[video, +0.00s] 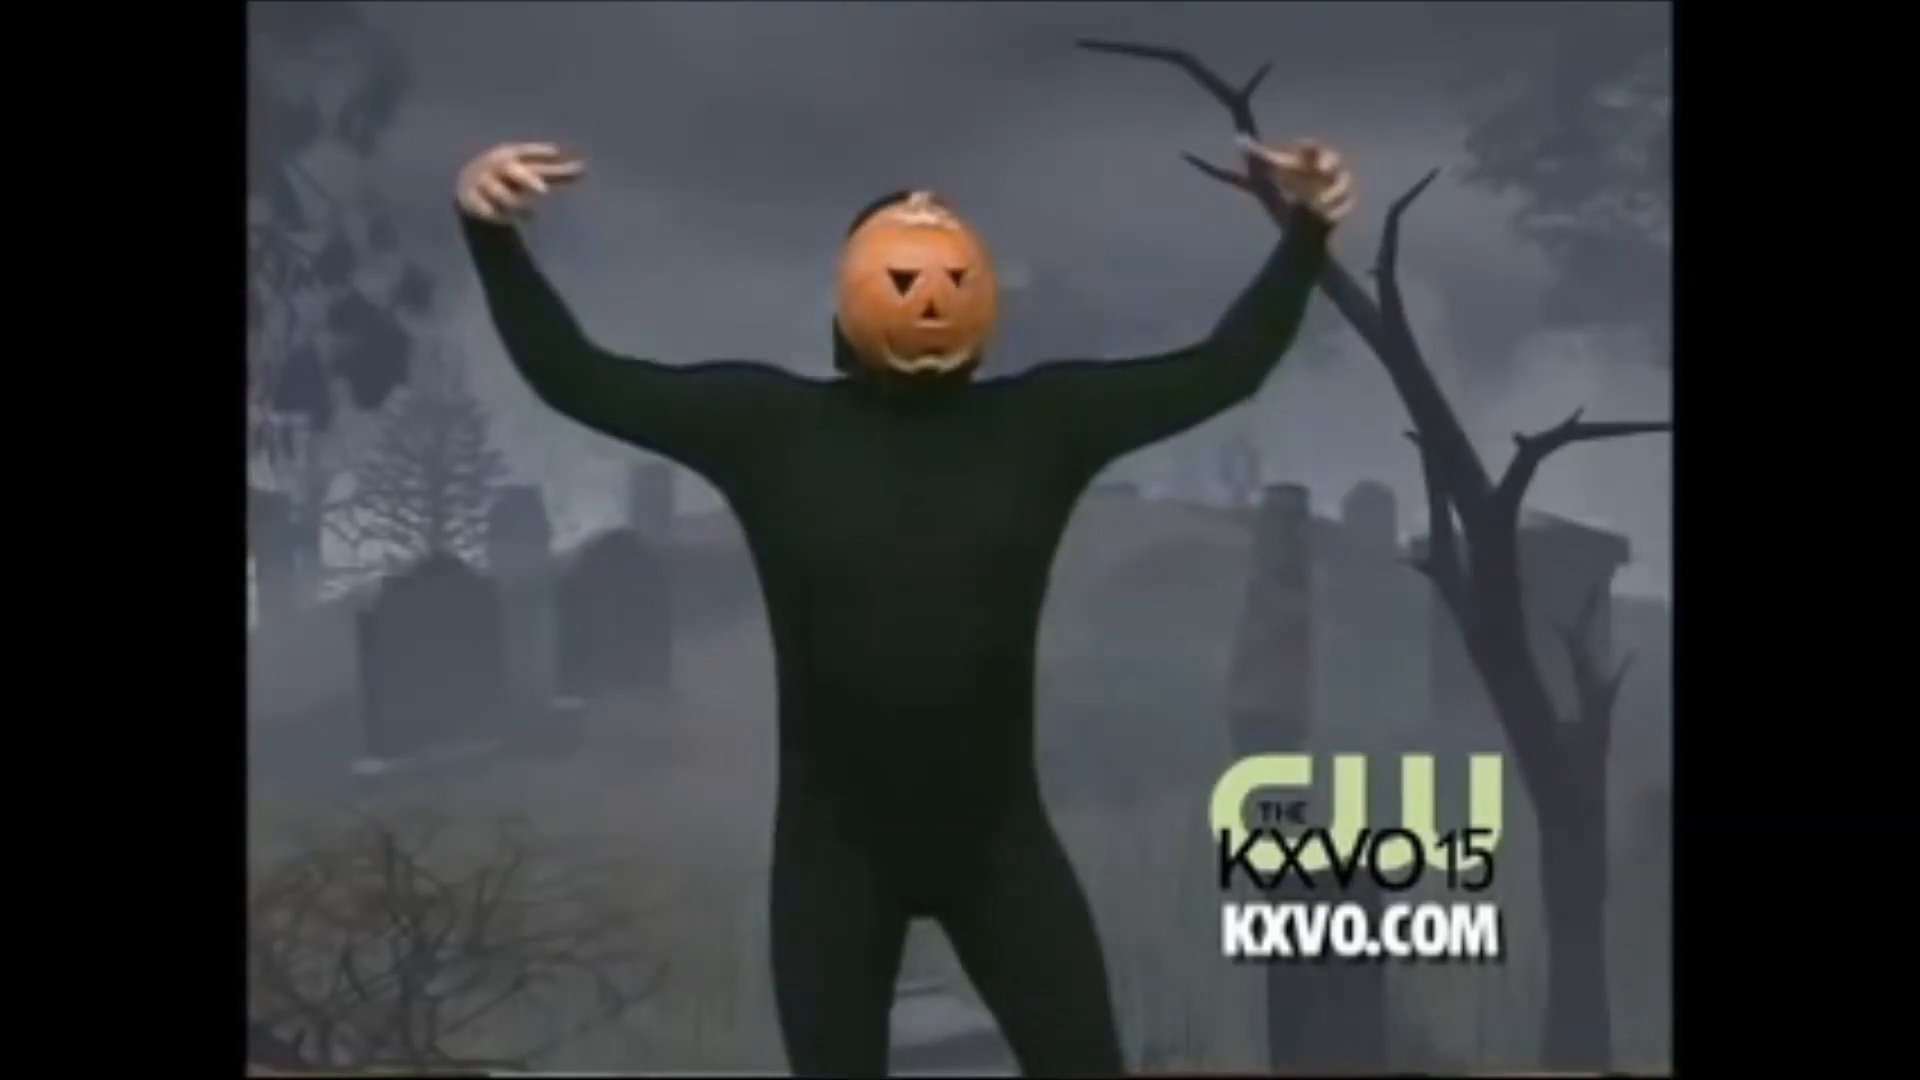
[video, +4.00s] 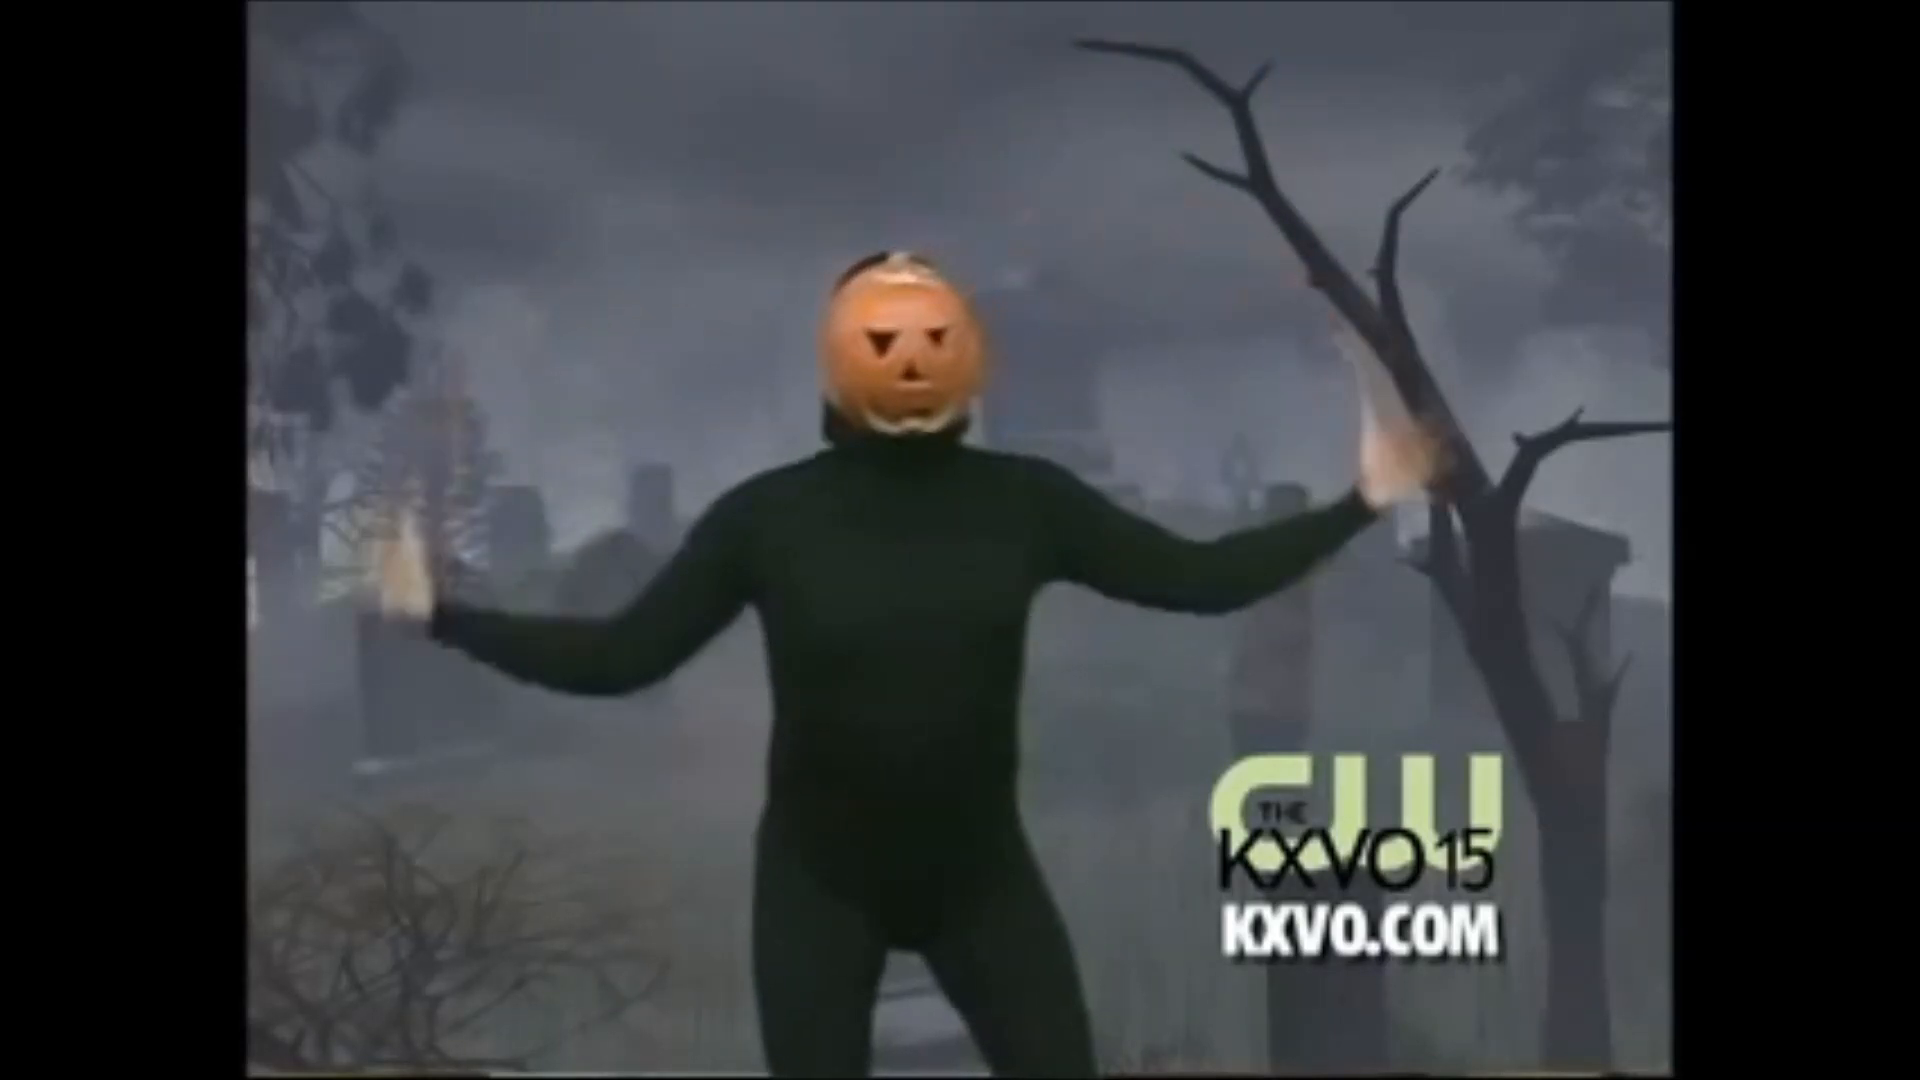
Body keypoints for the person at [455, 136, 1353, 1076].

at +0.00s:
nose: (926, 260)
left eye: (952, 250)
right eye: (892, 247)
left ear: (988, 309)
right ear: (838, 309)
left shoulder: (1053, 420)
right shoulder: (761, 423)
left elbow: (1229, 366)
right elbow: (571, 373)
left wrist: (1305, 234)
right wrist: (491, 233)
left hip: (1000, 838)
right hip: (833, 846)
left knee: (1087, 1068)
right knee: (834, 1072)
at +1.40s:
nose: (928, 281)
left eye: (953, 266)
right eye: (896, 265)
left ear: (993, 299)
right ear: (842, 302)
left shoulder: (1035, 399)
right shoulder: (776, 400)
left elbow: (1171, 260)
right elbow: (619, 255)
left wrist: (1240, 81)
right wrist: (544, 60)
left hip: (997, 837)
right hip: (830, 845)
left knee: (1088, 1064)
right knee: (818, 1066)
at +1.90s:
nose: (933, 297)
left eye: (958, 283)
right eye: (901, 281)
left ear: (998, 316)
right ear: (852, 319)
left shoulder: (1032, 417)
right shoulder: (791, 417)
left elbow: (1155, 253)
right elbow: (675, 260)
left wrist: (1114, 54)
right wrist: (712, 48)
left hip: (1000, 844)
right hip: (831, 850)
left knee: (1091, 1066)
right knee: (819, 1067)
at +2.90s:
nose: (943, 346)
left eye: (967, 328)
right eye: (911, 328)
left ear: (1002, 358)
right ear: (858, 358)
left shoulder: (1049, 465)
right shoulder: (783, 471)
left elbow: (1221, 372)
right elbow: (610, 396)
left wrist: (1169, 230)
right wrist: (683, 229)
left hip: (998, 861)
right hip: (835, 868)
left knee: (1083, 1065)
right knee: (825, 1068)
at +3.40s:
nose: (939, 353)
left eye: (965, 331)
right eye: (905, 332)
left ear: (1001, 362)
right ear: (853, 366)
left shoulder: (1057, 481)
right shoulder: (775, 487)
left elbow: (1241, 465)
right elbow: (578, 495)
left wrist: (1280, 311)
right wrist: (557, 321)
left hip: (995, 865)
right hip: (831, 871)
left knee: (1078, 1066)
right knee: (824, 1067)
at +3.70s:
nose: (930, 349)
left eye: (956, 331)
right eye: (899, 332)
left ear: (992, 364)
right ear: (848, 368)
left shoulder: (1047, 494)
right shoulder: (777, 503)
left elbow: (1232, 524)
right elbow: (585, 584)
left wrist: (1344, 385)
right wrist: (472, 431)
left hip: (989, 866)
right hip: (825, 873)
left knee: (1067, 1064)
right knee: (822, 1070)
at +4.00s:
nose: (908, 337)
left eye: (935, 324)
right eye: (877, 326)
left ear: (972, 368)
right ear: (833, 370)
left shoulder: (1029, 503)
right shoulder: (768, 516)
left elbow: (1202, 575)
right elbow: (622, 656)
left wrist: (1365, 496)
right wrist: (439, 610)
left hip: (979, 871)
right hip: (817, 876)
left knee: (1059, 1062)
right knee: (813, 1072)